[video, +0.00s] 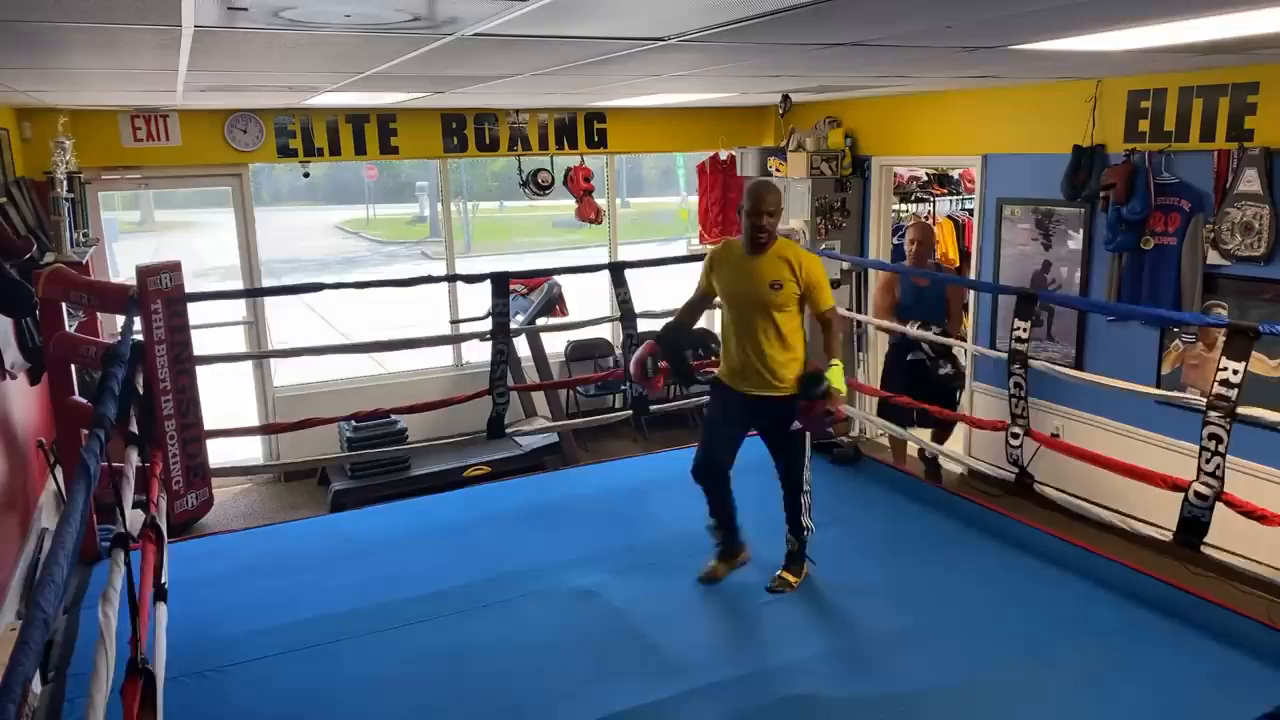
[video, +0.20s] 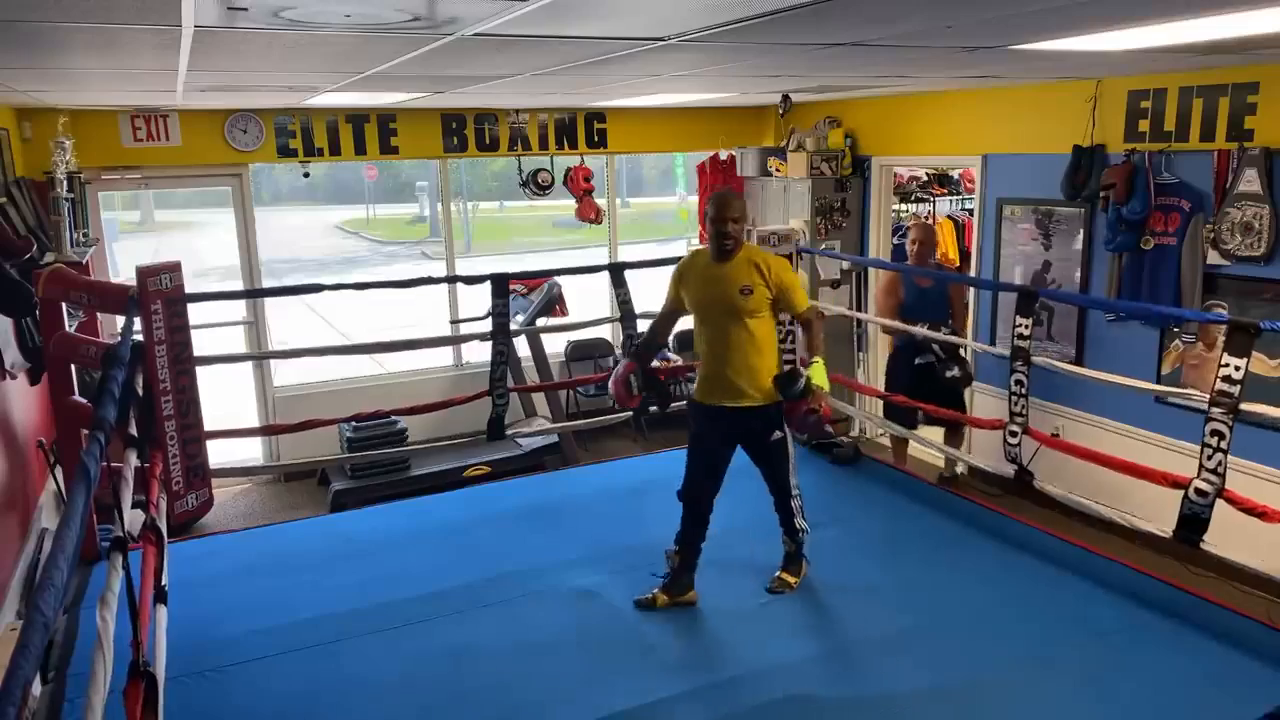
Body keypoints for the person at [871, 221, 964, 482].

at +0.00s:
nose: (912, 248)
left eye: (919, 243)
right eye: (910, 242)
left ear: (932, 246)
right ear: (904, 243)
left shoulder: (949, 278)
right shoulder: (891, 275)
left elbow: (955, 322)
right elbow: (881, 318)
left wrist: (942, 336)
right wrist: (909, 330)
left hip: (938, 355)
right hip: (902, 353)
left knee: (948, 415)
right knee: (896, 416)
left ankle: (931, 452)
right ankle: (899, 473)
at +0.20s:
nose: (914, 247)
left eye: (921, 243)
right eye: (912, 242)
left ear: (933, 247)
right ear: (906, 243)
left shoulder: (949, 277)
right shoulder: (894, 276)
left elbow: (959, 320)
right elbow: (885, 322)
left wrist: (950, 344)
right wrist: (914, 331)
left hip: (942, 357)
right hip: (905, 356)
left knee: (956, 418)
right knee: (899, 418)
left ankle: (949, 471)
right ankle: (900, 474)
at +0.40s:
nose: (928, 250)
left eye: (936, 246)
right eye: (927, 244)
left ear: (950, 252)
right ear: (922, 245)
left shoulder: (964, 285)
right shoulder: (908, 281)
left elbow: (972, 331)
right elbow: (900, 325)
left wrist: (959, 354)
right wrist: (932, 335)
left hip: (955, 365)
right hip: (917, 362)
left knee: (967, 428)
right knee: (905, 427)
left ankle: (973, 487)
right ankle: (898, 479)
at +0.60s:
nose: (947, 251)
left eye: (954, 246)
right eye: (944, 244)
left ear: (967, 250)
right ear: (938, 246)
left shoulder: (981, 282)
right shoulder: (923, 282)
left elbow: (989, 326)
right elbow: (913, 323)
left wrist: (975, 346)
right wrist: (948, 335)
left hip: (971, 365)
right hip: (932, 363)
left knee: (978, 431)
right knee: (915, 424)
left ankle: (973, 489)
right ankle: (903, 476)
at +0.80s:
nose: (968, 251)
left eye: (976, 247)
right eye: (966, 245)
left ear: (988, 253)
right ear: (960, 246)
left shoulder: (1001, 284)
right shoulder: (942, 280)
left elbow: (1009, 326)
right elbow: (931, 323)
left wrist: (992, 345)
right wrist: (961, 341)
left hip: (987, 369)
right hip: (950, 364)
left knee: (985, 433)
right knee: (932, 426)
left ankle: (975, 489)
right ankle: (913, 474)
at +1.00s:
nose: (979, 252)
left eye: (987, 248)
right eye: (977, 245)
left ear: (1001, 253)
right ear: (970, 246)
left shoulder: (1011, 285)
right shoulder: (952, 281)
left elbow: (1017, 327)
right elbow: (939, 324)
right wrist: (974, 345)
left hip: (995, 370)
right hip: (957, 368)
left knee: (987, 437)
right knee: (952, 435)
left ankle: (976, 491)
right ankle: (947, 492)